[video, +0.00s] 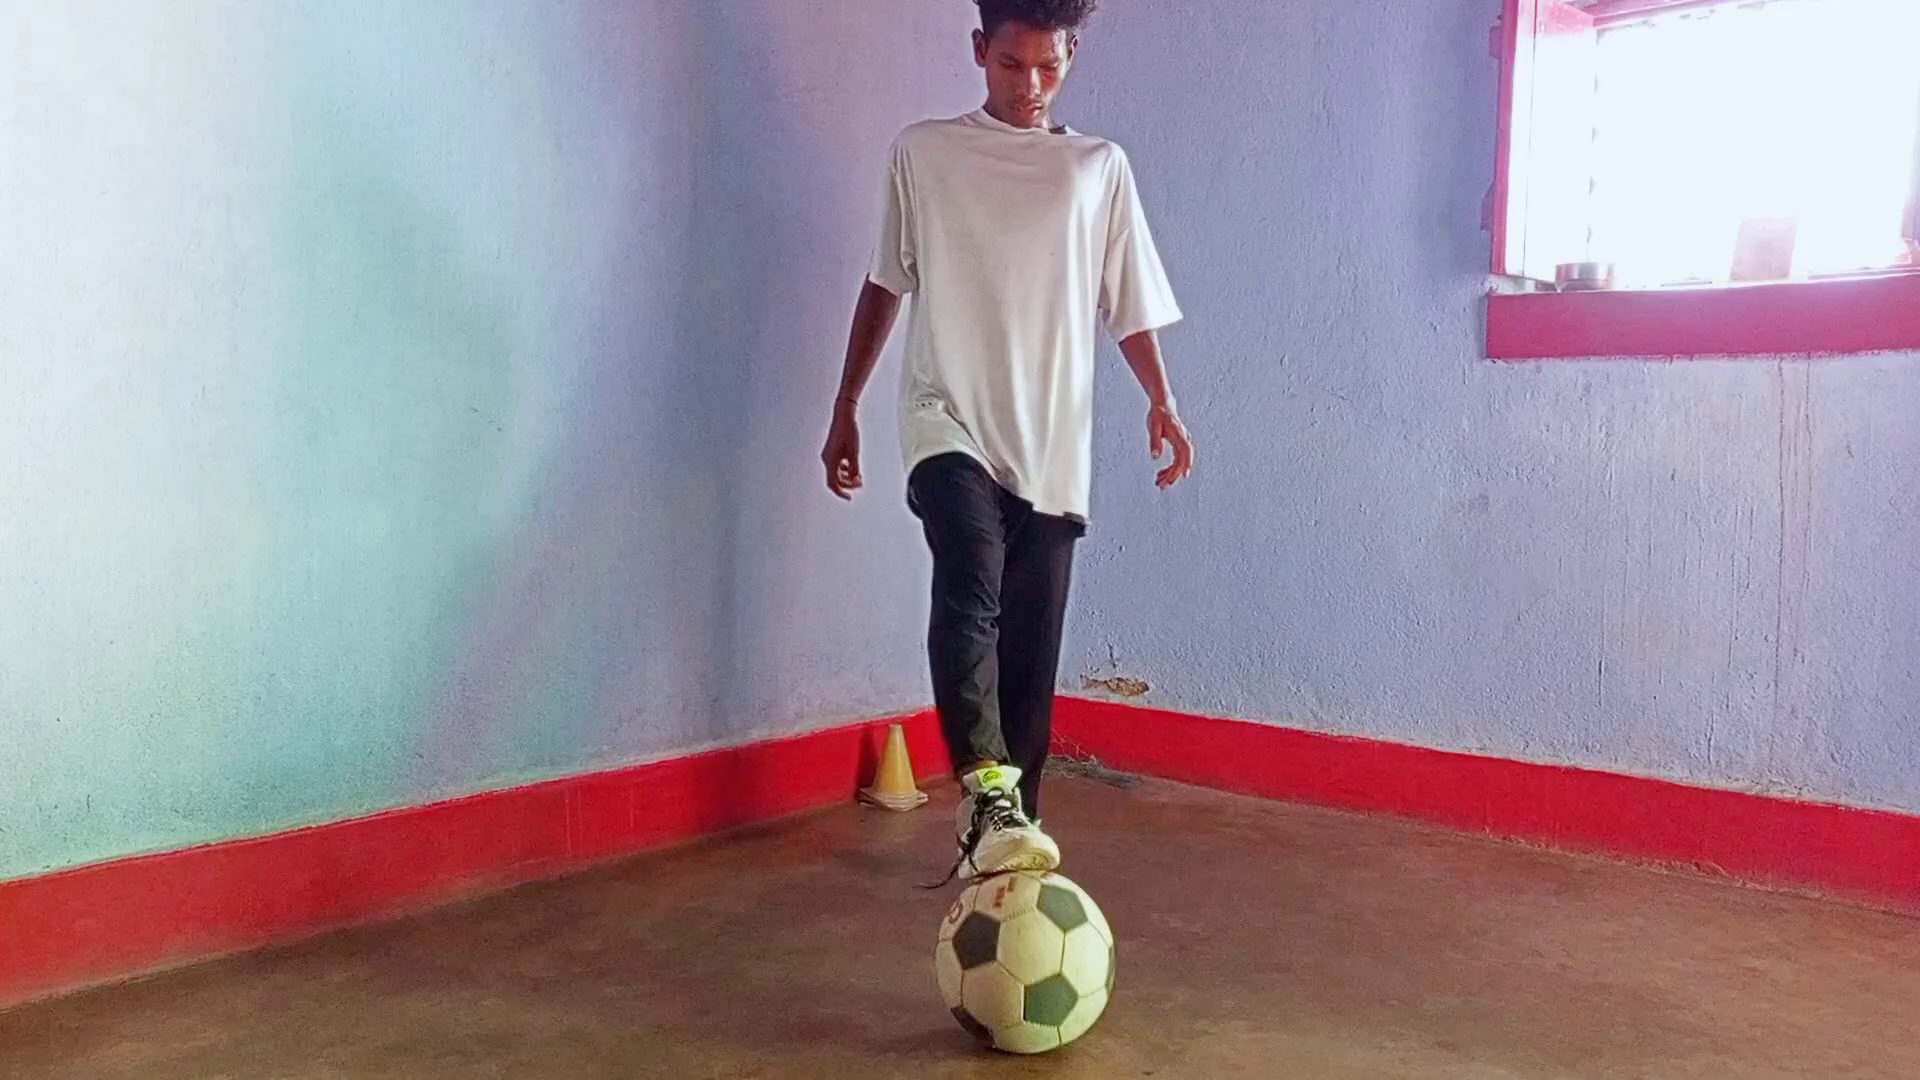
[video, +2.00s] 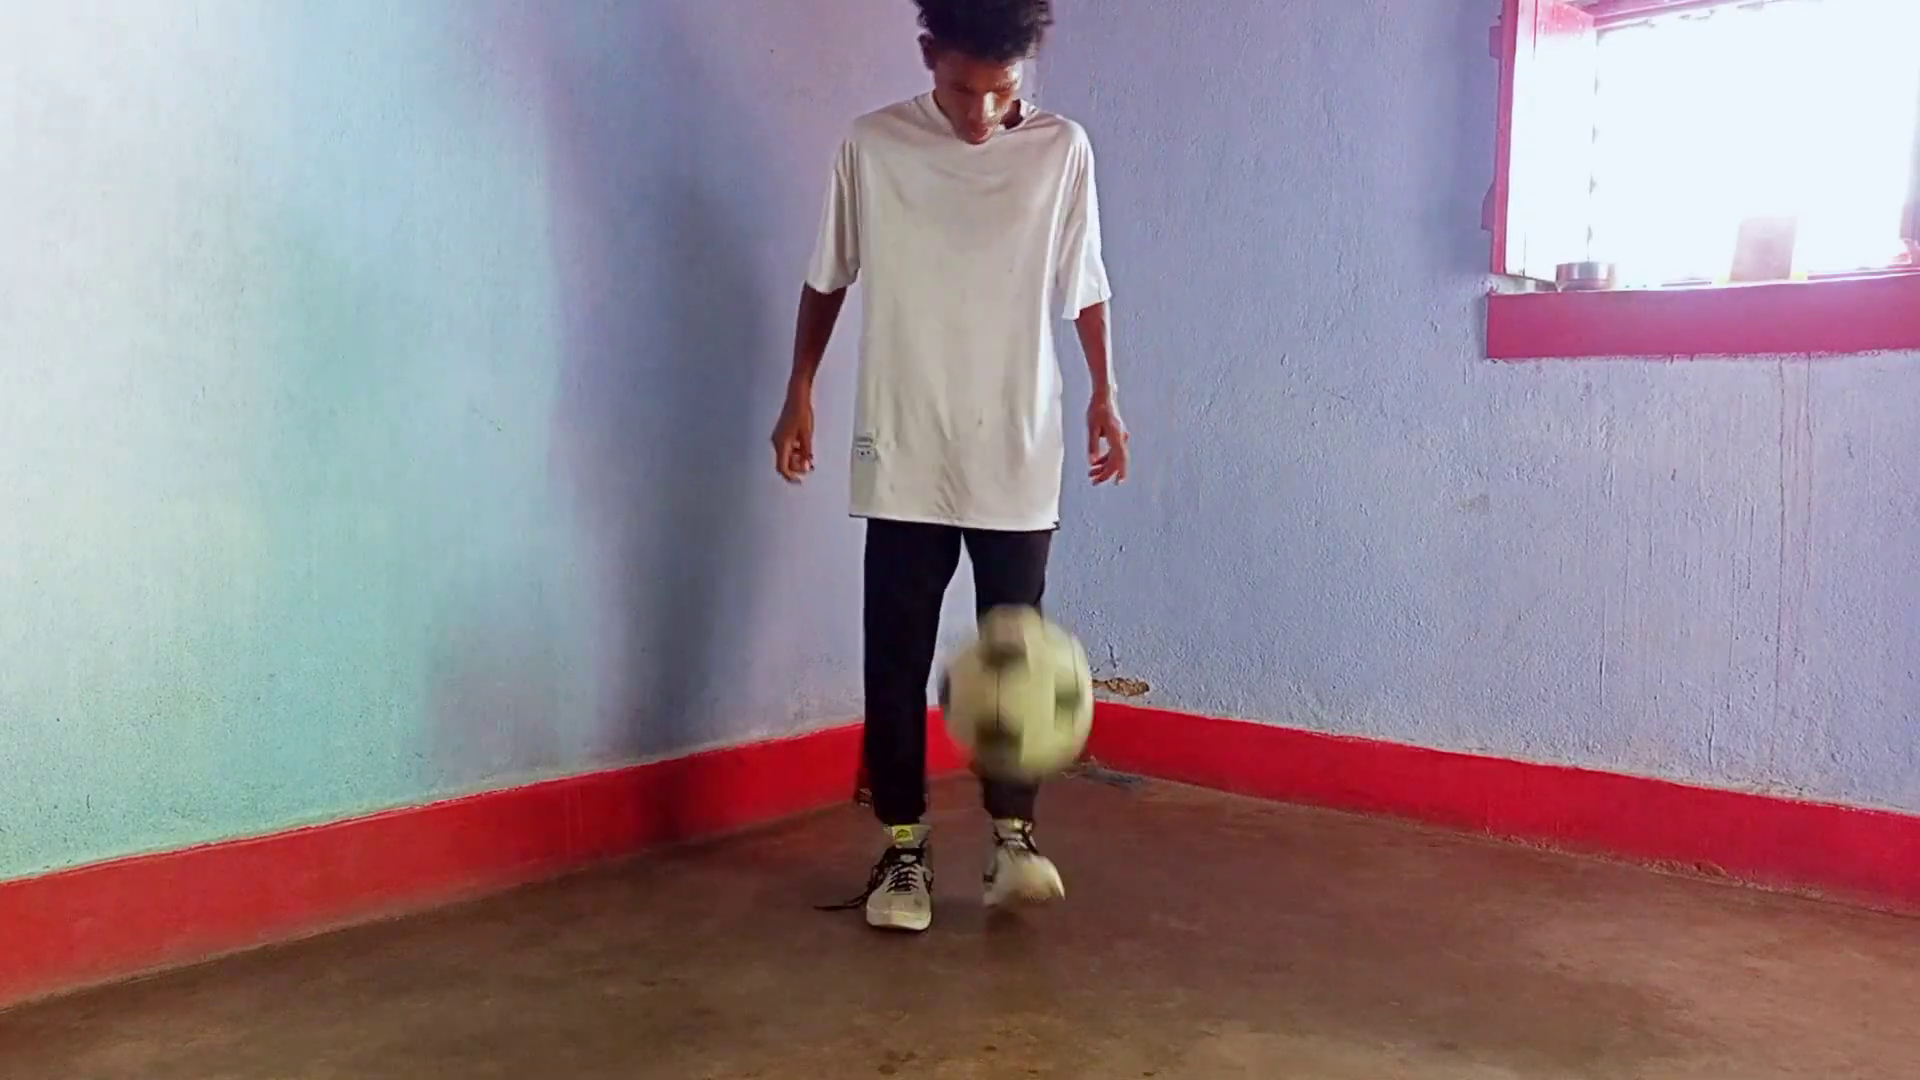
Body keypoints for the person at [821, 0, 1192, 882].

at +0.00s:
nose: (1032, 84)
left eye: (1049, 65)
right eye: (1014, 64)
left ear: (1072, 60)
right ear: (980, 53)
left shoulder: (1101, 167)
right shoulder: (922, 153)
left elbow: (1128, 303)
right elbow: (884, 287)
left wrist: (1161, 400)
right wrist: (845, 406)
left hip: (1051, 434)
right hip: (949, 416)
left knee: (1030, 644)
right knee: (972, 557)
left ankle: (1007, 842)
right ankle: (986, 788)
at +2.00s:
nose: (979, 111)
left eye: (998, 89)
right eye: (961, 88)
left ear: (1023, 64)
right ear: (928, 55)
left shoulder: (1061, 149)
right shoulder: (871, 145)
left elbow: (1085, 284)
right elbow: (827, 279)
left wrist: (1104, 398)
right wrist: (798, 394)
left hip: (1019, 449)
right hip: (904, 447)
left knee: (1015, 655)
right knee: (897, 659)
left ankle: (1015, 839)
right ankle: (903, 855)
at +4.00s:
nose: (1030, 101)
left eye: (1049, 82)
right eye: (1013, 80)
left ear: (1071, 59)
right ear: (978, 47)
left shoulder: (1095, 152)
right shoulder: (906, 140)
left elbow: (1101, 296)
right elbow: (850, 277)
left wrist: (1111, 418)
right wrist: (820, 398)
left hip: (1042, 455)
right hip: (931, 451)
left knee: (1028, 668)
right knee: (918, 666)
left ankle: (1019, 857)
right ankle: (917, 861)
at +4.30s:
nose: (1115, 111)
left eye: (1135, 93)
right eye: (1099, 86)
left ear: (1155, 79)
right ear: (1063, 58)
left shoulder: (1164, 194)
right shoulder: (981, 140)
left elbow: (1191, 340)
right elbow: (904, 265)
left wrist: (1229, 458)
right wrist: (862, 362)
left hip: (1061, 456)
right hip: (959, 430)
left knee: (1060, 659)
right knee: (986, 586)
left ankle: (1035, 865)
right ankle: (984, 840)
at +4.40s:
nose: (1127, 97)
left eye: (1146, 81)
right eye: (1113, 73)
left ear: (1167, 73)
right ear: (1078, 48)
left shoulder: (1176, 178)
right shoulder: (1000, 122)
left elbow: (1202, 313)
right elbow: (911, 226)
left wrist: (1233, 422)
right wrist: (868, 323)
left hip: (1071, 437)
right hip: (975, 385)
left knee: (1064, 656)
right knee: (975, 476)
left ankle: (1022, 855)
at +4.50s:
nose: (1118, 71)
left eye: (1137, 53)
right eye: (1101, 47)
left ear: (1160, 47)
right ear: (1064, 31)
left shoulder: (1178, 152)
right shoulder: (991, 112)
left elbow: (1215, 277)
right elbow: (910, 211)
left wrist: (1257, 362)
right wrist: (830, 271)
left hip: (1085, 419)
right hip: (995, 376)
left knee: (1077, 623)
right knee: (998, 249)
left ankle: (1029, 839)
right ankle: (936, 405)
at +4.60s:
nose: (1090, 60)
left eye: (1112, 42)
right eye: (1074, 35)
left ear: (1140, 38)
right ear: (1044, 24)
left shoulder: (1174, 142)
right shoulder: (978, 112)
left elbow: (1254, 253)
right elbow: (916, 227)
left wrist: (1313, 336)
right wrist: (825, 265)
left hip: (1087, 384)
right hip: (978, 365)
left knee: (1073, 604)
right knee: (1001, 167)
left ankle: (1026, 843)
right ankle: (965, 369)